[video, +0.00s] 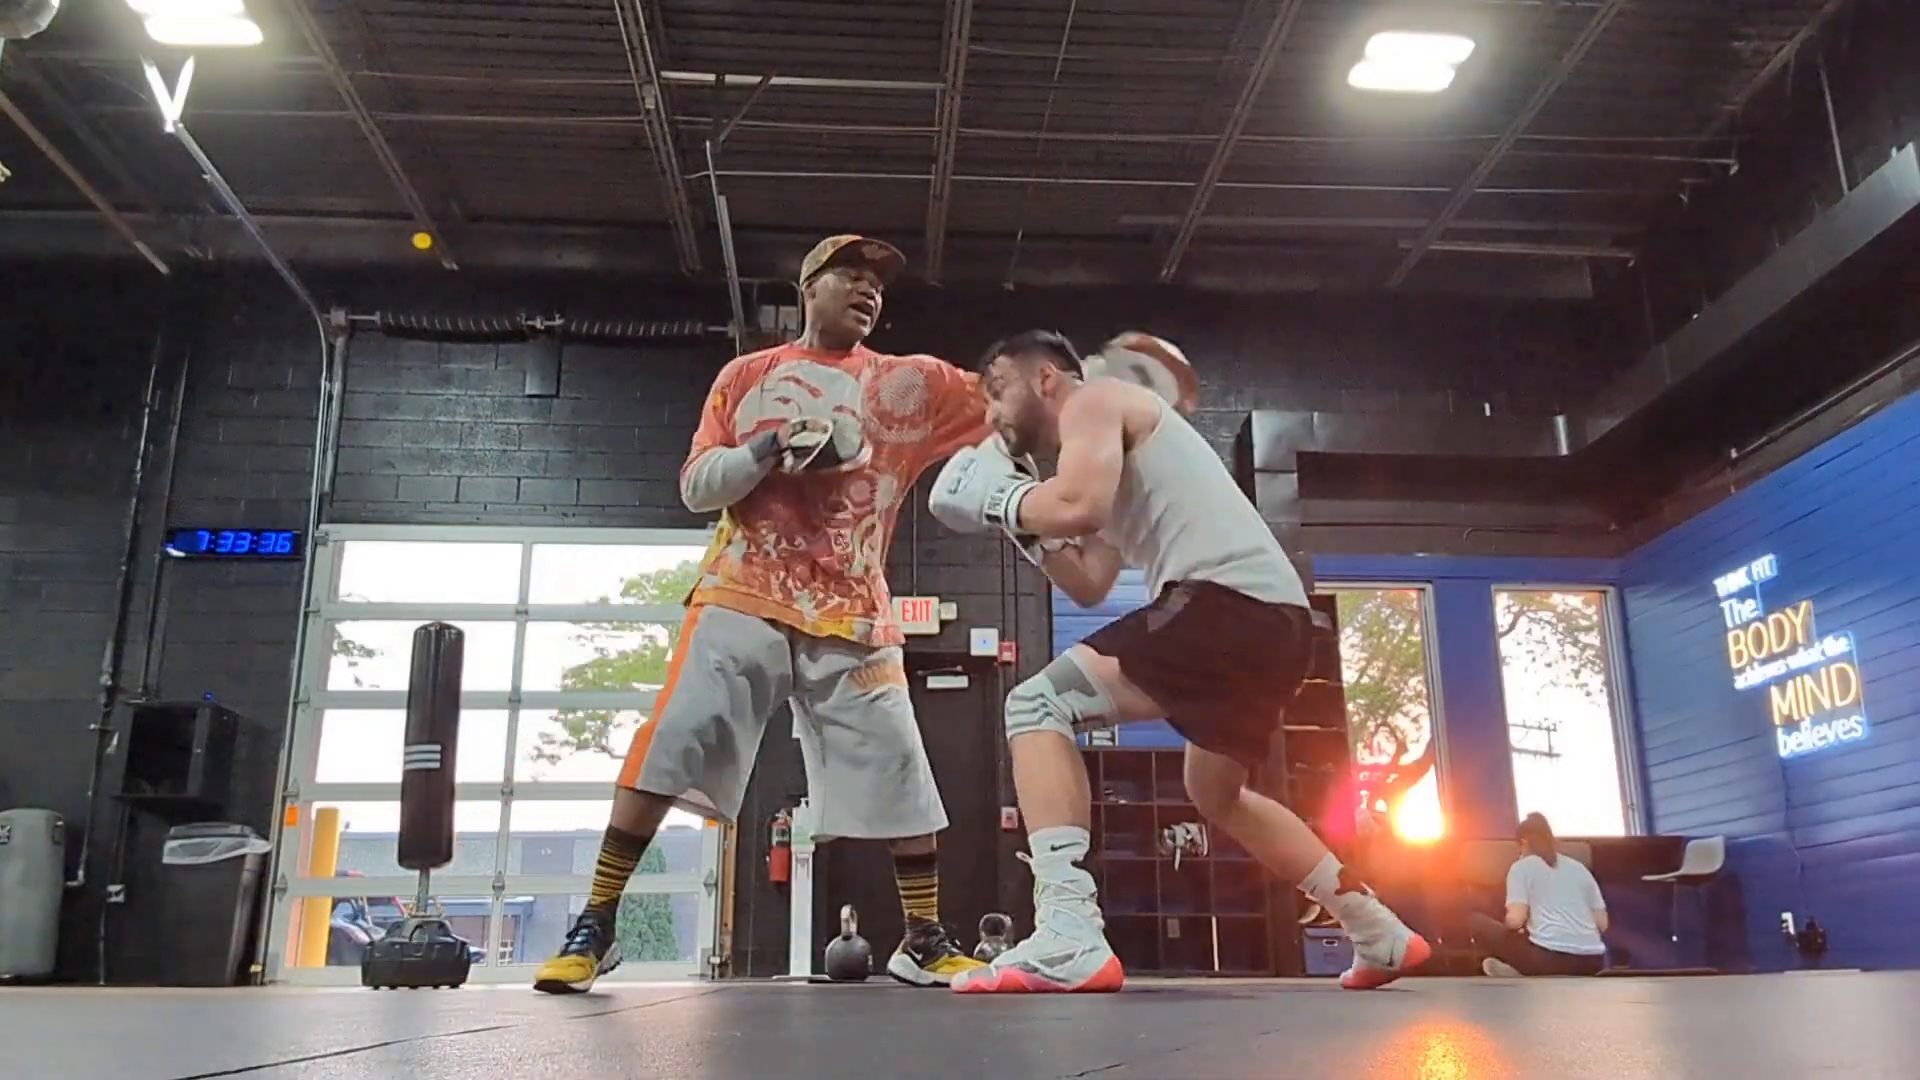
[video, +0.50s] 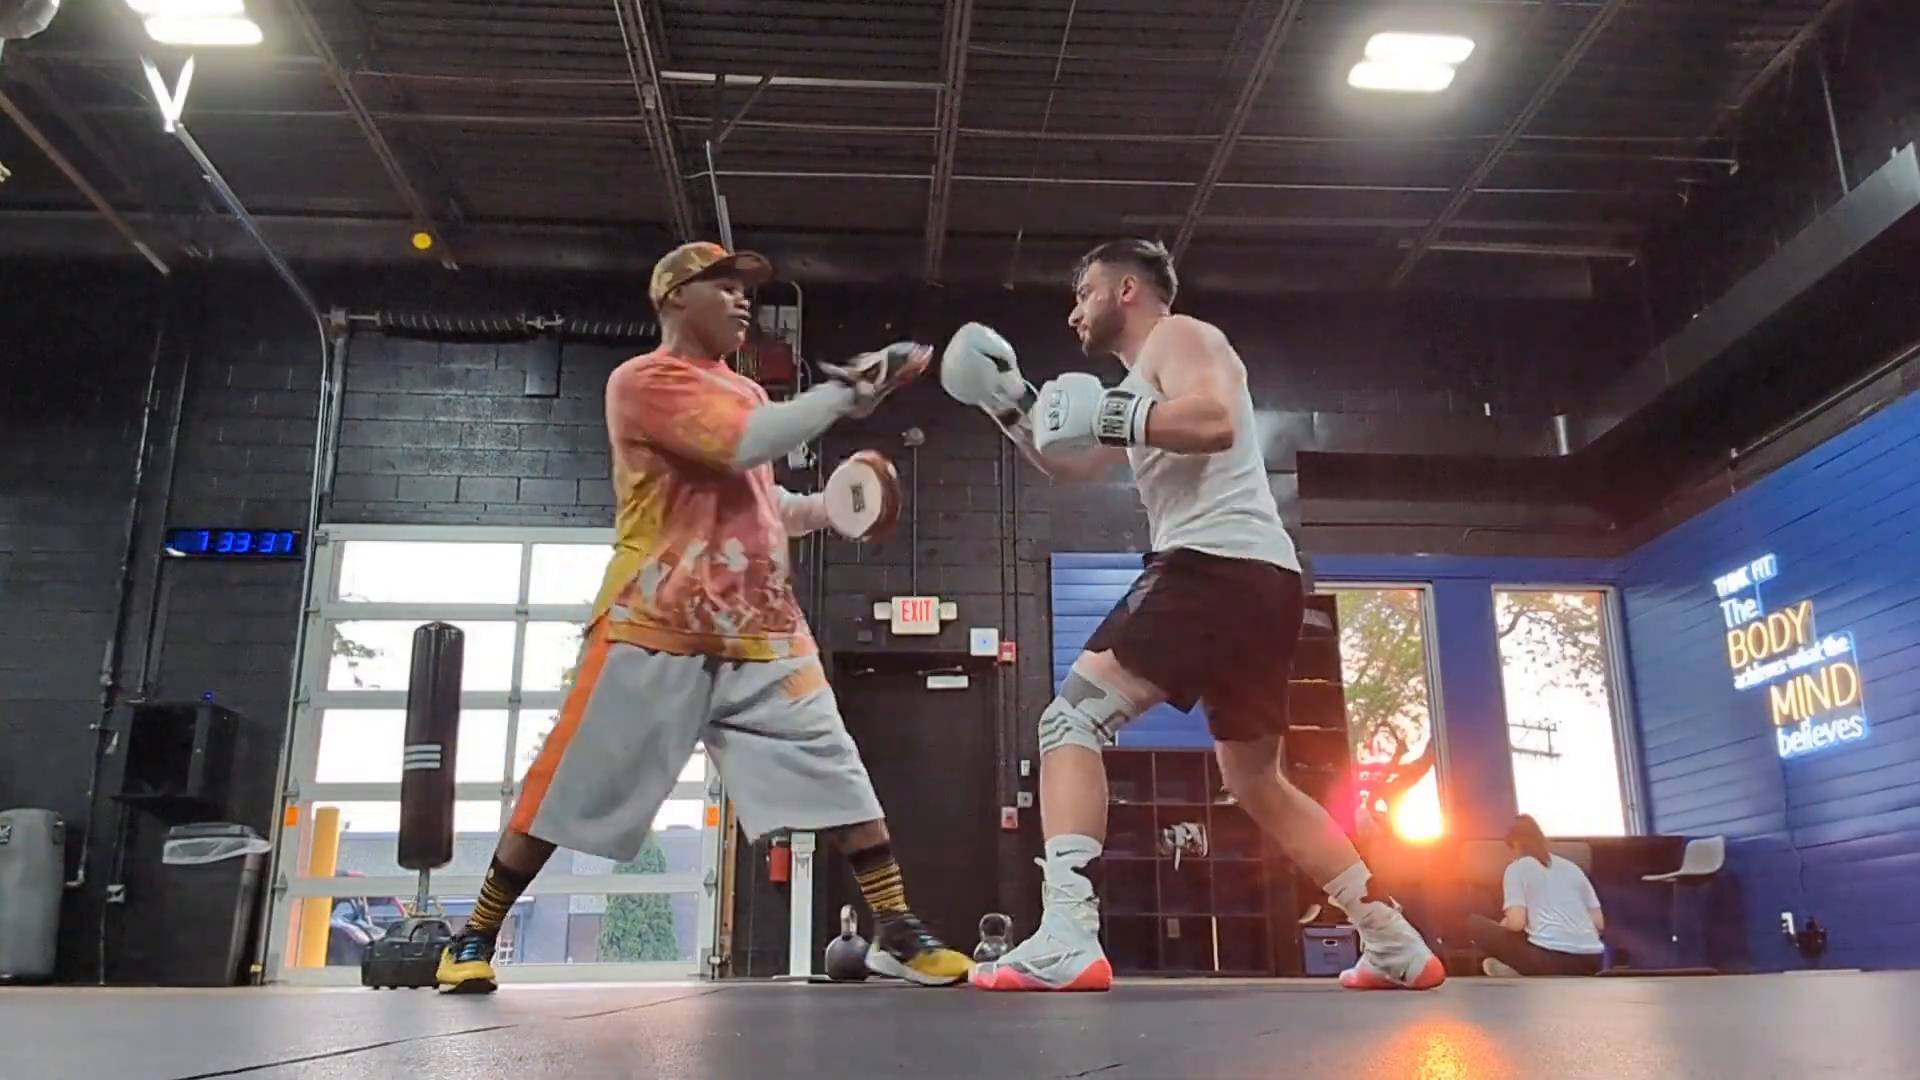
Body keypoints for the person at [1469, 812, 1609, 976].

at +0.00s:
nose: (1519, 851)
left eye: (1519, 845)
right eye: (1519, 846)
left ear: (1524, 842)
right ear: (1549, 839)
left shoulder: (1522, 867)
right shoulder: (1579, 868)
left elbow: (1515, 920)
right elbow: (1602, 923)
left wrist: (1509, 927)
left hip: (1547, 961)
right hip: (1591, 962)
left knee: (1476, 921)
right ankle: (1509, 964)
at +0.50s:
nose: (1513, 853)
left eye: (1512, 848)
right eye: (1511, 849)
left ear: (1517, 844)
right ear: (1540, 839)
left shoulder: (1517, 868)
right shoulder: (1572, 867)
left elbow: (1517, 923)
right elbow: (1598, 921)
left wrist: (1505, 924)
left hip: (1550, 961)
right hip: (1591, 962)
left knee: (1476, 924)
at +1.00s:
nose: (1513, 853)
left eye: (1512, 848)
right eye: (1511, 849)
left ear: (1518, 844)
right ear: (1542, 839)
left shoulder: (1518, 869)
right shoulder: (1574, 867)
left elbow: (1515, 923)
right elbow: (1600, 921)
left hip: (1549, 961)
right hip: (1592, 962)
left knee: (1475, 923)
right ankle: (1514, 966)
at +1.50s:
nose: (1514, 852)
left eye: (1513, 847)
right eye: (1512, 848)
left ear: (1519, 844)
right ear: (1543, 839)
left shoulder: (1520, 870)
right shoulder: (1575, 868)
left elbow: (1518, 924)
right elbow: (1600, 921)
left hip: (1550, 961)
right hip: (1592, 962)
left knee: (1475, 923)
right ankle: (1511, 965)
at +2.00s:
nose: (1515, 853)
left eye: (1513, 848)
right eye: (1513, 848)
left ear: (1518, 844)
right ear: (1544, 839)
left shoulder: (1520, 869)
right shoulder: (1575, 867)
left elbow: (1519, 924)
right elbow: (1601, 922)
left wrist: (1508, 920)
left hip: (1550, 961)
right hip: (1592, 962)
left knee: (1475, 923)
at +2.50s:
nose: (1514, 853)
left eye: (1514, 848)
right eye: (1513, 848)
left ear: (1519, 844)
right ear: (1544, 840)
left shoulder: (1521, 869)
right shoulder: (1575, 867)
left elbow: (1519, 924)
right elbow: (1601, 923)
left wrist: (1507, 920)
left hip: (1550, 961)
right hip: (1592, 962)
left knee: (1474, 923)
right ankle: (1513, 966)